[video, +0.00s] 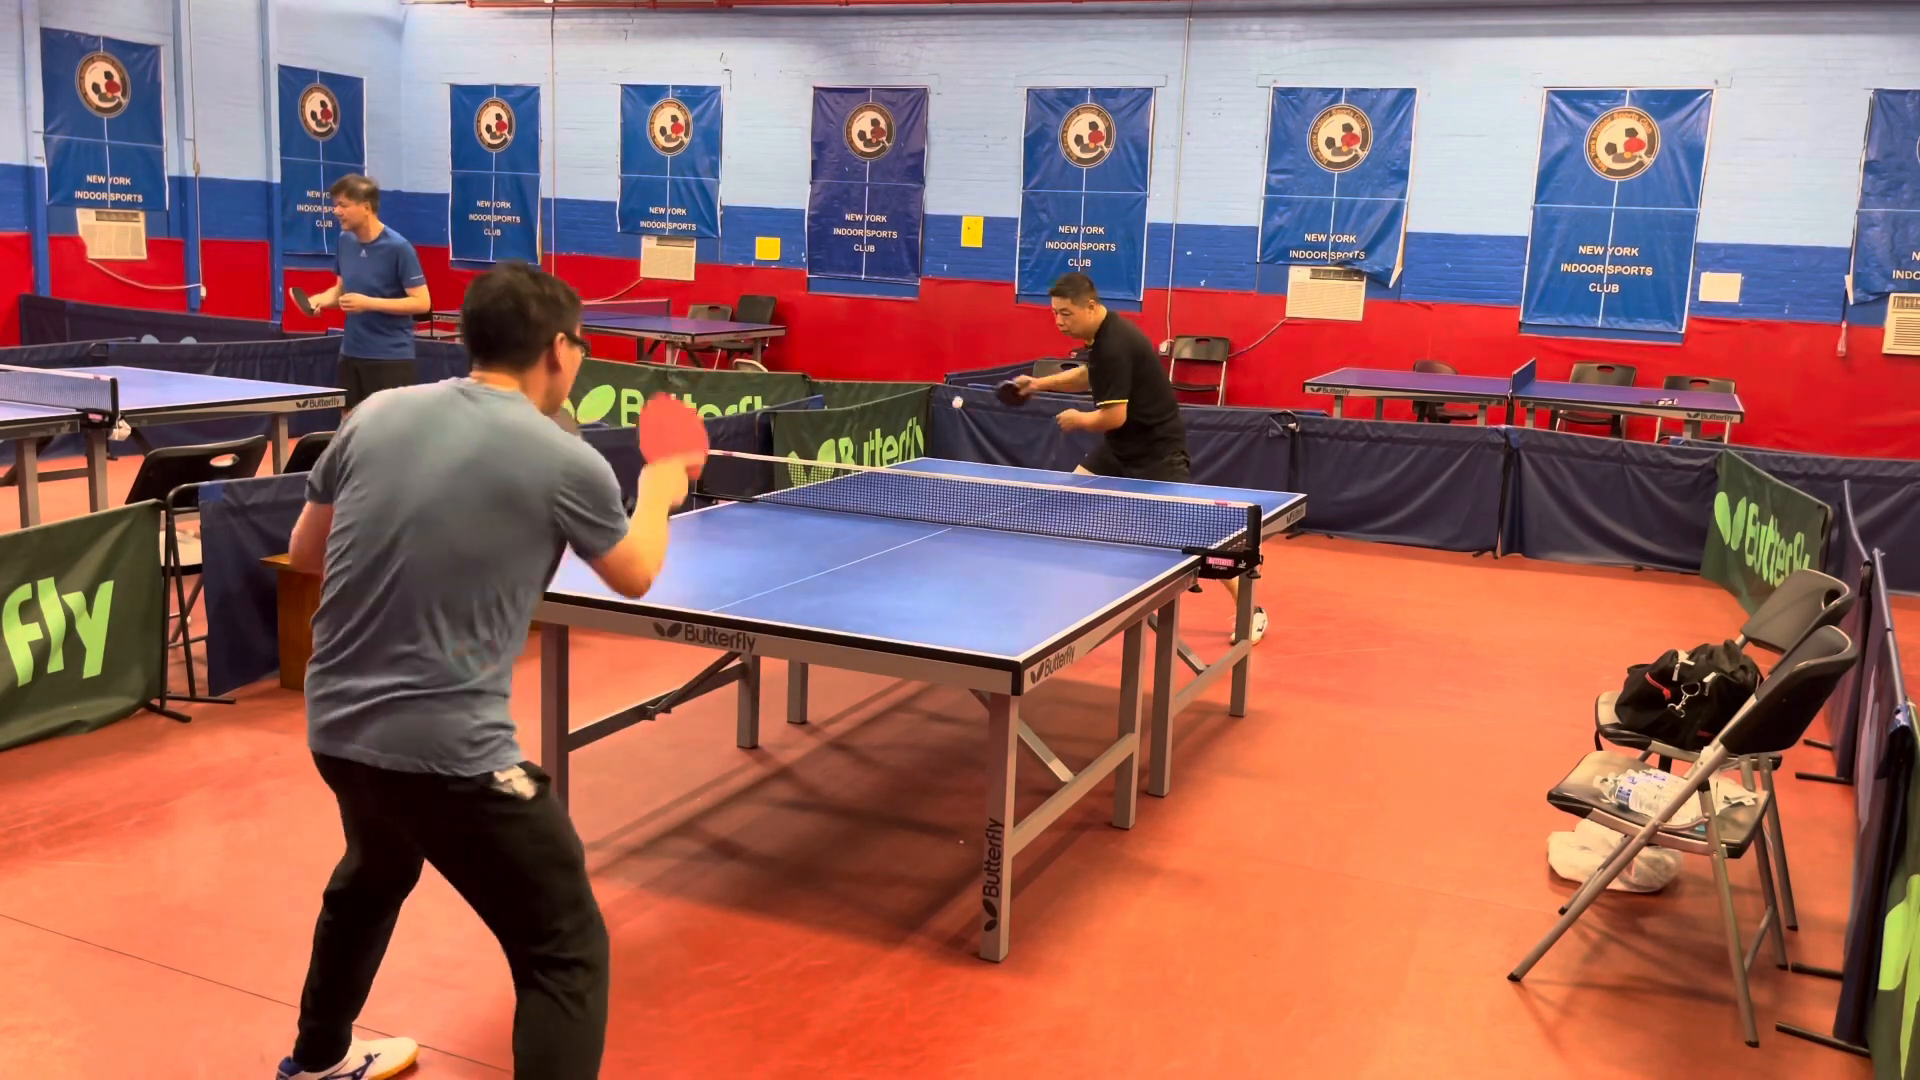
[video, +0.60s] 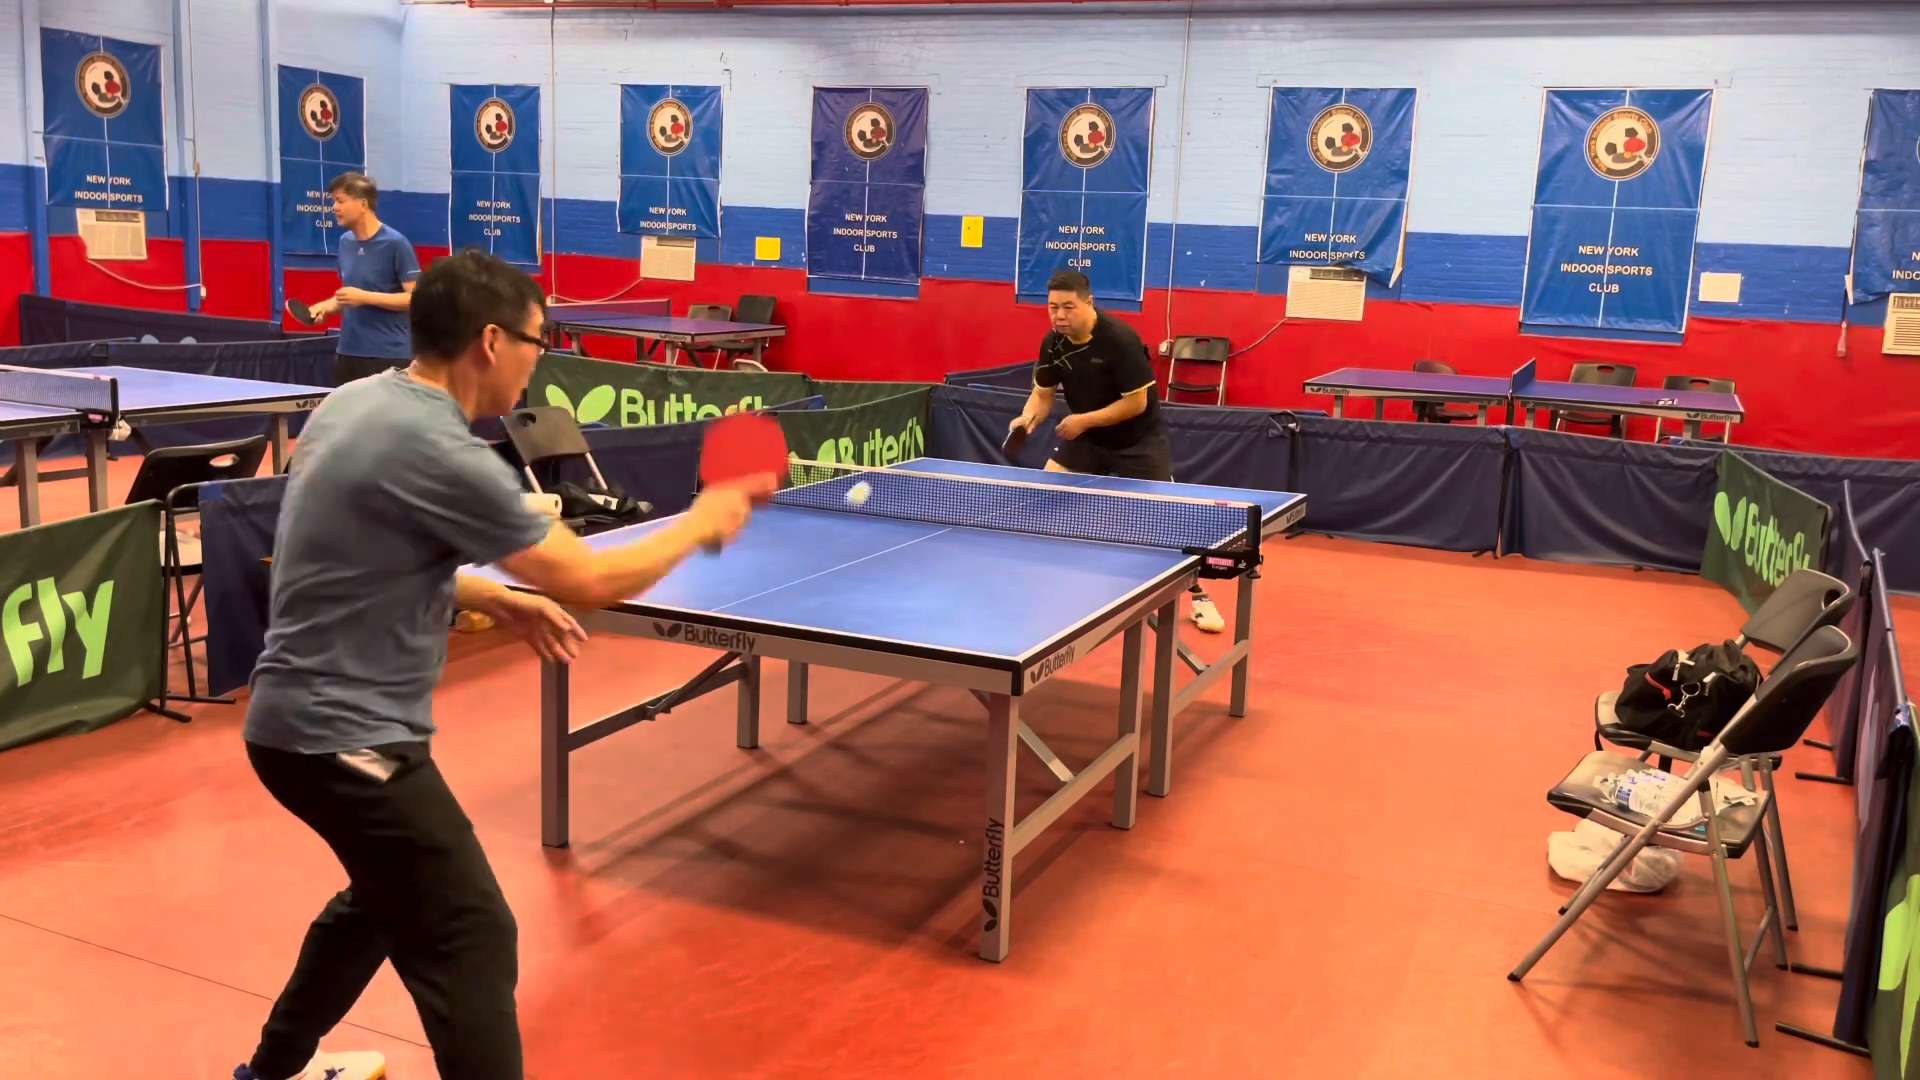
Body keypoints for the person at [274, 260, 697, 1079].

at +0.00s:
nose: (578, 360)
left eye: (576, 344)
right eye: (576, 344)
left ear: (472, 343)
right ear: (554, 349)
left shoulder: (374, 416)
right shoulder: (560, 458)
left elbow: (305, 554)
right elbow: (633, 574)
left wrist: (410, 548)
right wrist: (660, 490)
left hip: (339, 733)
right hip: (454, 750)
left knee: (375, 868)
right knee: (564, 952)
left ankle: (317, 1058)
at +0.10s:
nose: (606, 377)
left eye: (606, 360)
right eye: (605, 360)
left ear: (506, 356)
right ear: (583, 365)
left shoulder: (398, 419)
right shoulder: (580, 480)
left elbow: (316, 550)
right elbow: (597, 648)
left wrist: (423, 586)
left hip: (328, 729)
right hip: (441, 751)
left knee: (380, 865)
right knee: (563, 961)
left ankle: (316, 1056)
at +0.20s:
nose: (640, 392)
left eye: (642, 374)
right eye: (640, 373)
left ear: (541, 362)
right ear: (620, 377)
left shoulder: (436, 422)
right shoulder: (576, 488)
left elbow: (352, 537)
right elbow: (532, 667)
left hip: (317, 712)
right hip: (415, 742)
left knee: (373, 868)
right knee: (533, 958)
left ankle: (307, 1058)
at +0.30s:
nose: (656, 424)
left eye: (658, 405)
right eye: (658, 405)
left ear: (555, 387)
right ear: (632, 407)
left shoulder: (490, 445)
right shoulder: (537, 503)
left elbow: (435, 569)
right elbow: (451, 677)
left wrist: (537, 634)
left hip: (324, 727)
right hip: (382, 757)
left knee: (388, 892)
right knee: (528, 970)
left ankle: (275, 1062)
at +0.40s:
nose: (635, 432)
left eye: (638, 414)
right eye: (635, 414)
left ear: (541, 398)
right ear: (603, 416)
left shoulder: (481, 466)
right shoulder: (483, 505)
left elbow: (466, 608)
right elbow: (382, 659)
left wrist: (571, 653)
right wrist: (435, 798)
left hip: (357, 748)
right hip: (368, 771)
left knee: (418, 892)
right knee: (535, 952)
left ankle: (279, 1062)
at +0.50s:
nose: (584, 404)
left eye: (587, 385)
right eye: (583, 383)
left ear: (524, 374)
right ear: (540, 378)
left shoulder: (447, 443)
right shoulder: (433, 466)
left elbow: (434, 596)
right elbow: (395, 641)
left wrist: (540, 635)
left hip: (360, 731)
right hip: (364, 746)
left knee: (401, 887)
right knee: (504, 947)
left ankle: (276, 1063)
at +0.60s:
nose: (537, 362)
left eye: (539, 344)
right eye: (532, 343)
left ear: (461, 339)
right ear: (486, 344)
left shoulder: (348, 404)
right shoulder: (438, 446)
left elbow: (370, 561)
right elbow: (587, 582)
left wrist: (498, 598)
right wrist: (697, 526)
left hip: (291, 717)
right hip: (352, 735)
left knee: (386, 895)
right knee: (473, 933)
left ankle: (273, 1064)